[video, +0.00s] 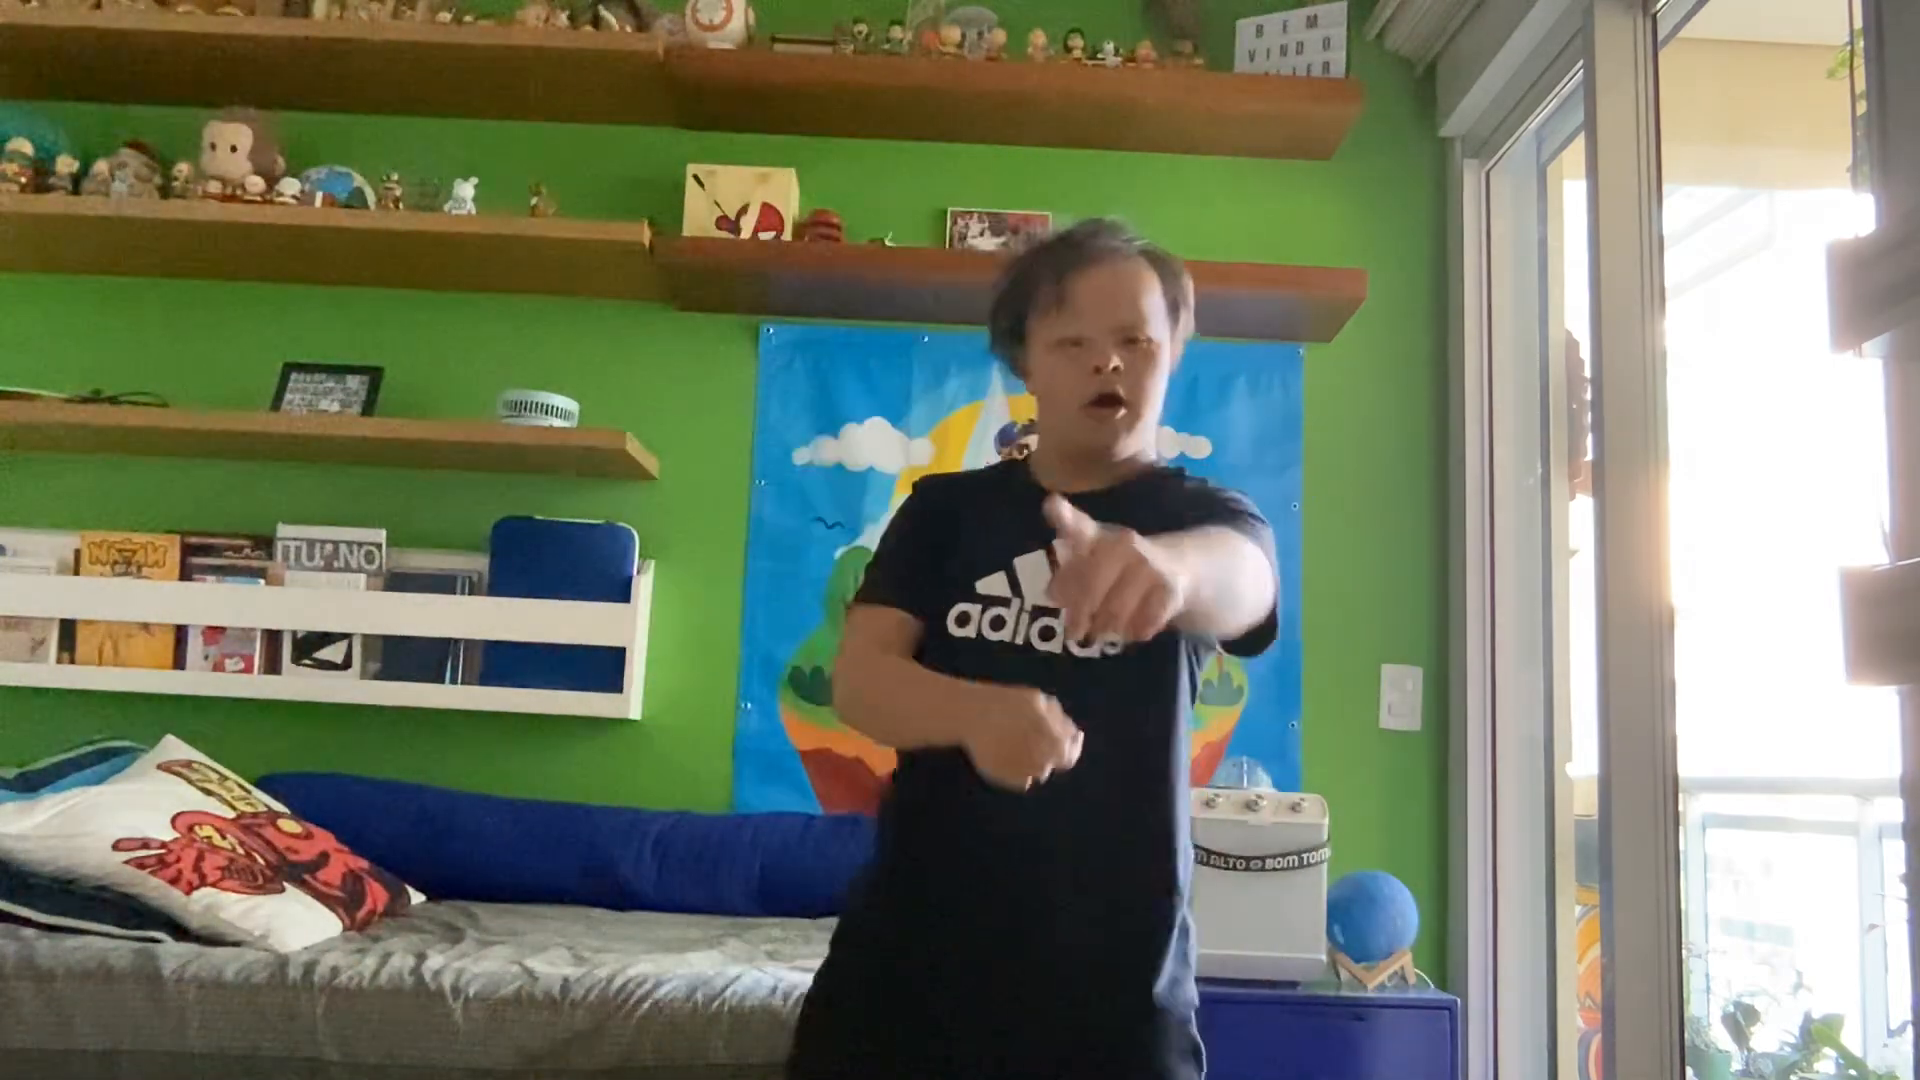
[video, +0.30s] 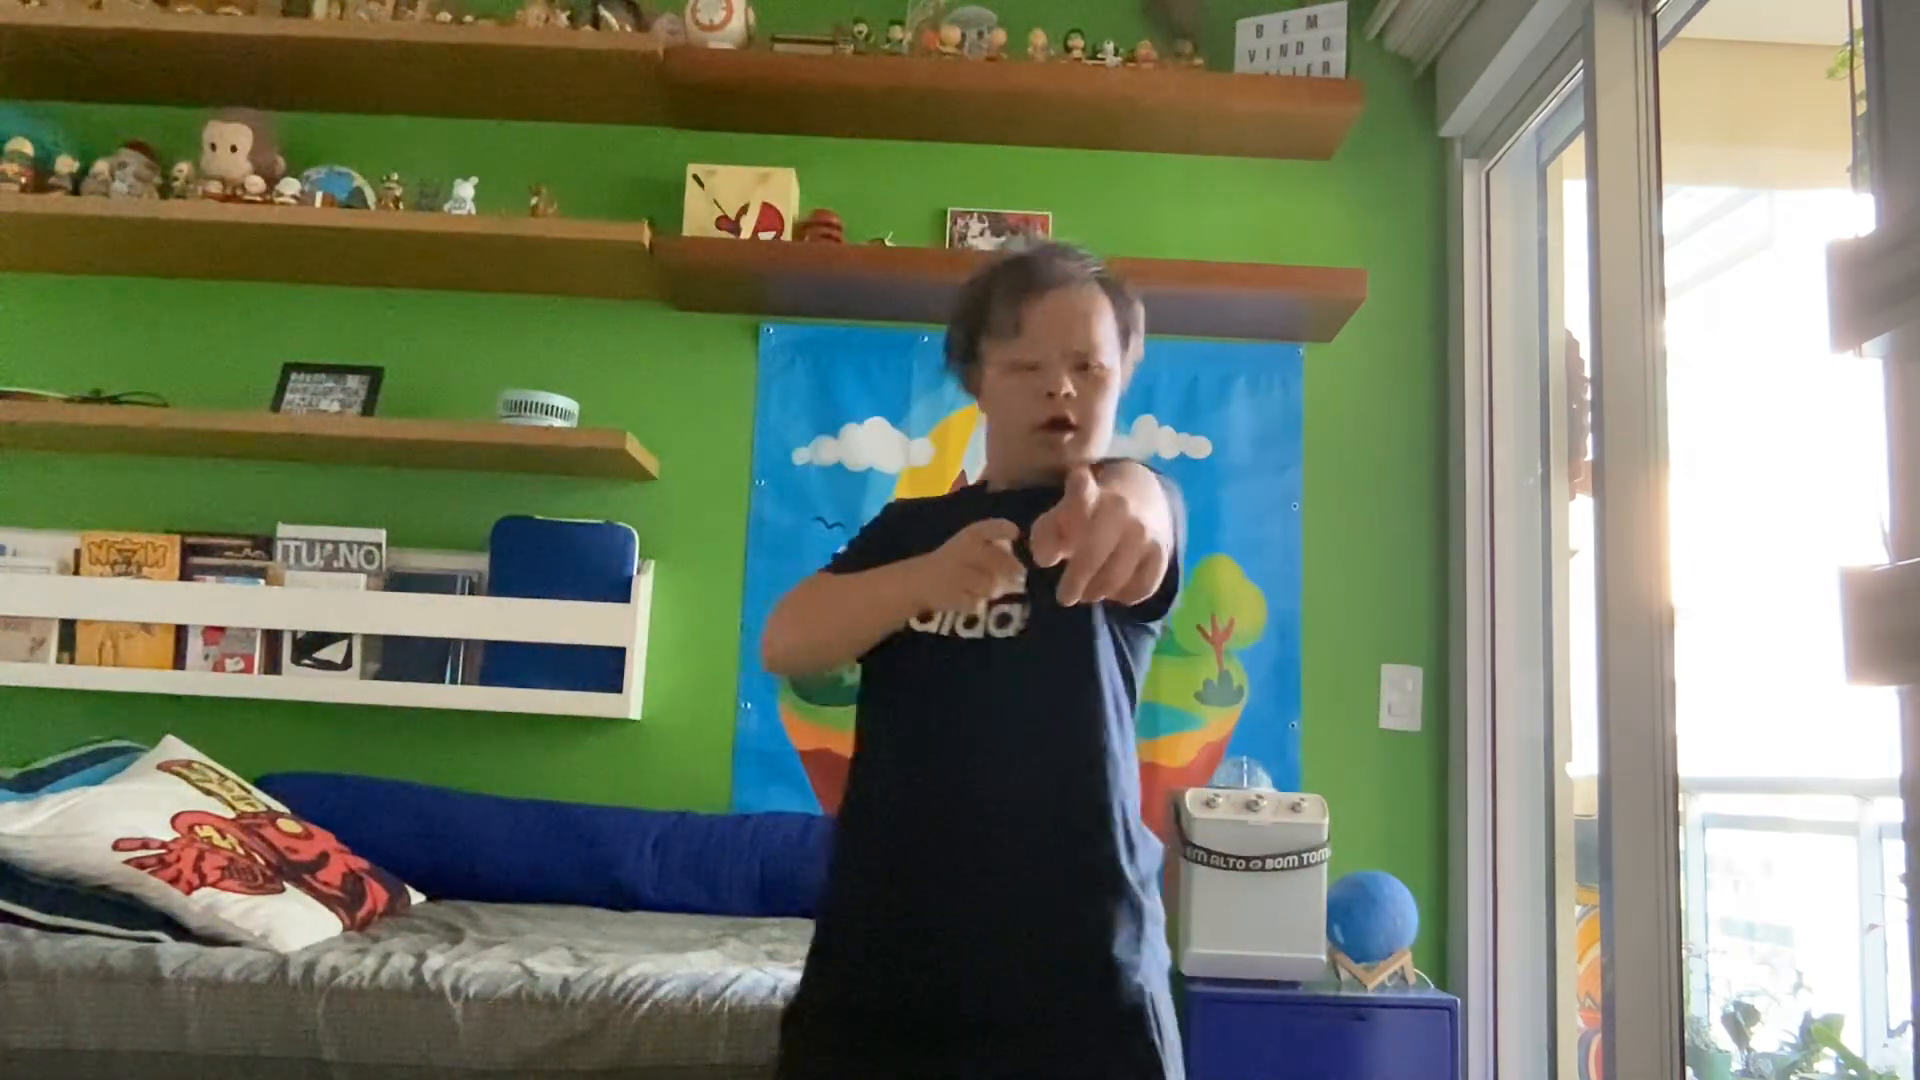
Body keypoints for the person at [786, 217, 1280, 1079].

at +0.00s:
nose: (1107, 366)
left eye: (1134, 341)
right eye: (1071, 343)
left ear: (1173, 360)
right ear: (1024, 364)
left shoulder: (1206, 517)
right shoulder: (943, 509)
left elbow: (1241, 576)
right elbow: (861, 680)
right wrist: (974, 714)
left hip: (1113, 969)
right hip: (923, 957)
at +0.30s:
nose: (1058, 389)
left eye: (1084, 365)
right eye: (1024, 366)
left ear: (1121, 380)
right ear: (976, 380)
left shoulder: (1126, 509)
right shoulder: (910, 526)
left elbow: (1144, 504)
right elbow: (788, 640)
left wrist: (1131, 502)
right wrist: (923, 580)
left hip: (1076, 941)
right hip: (898, 935)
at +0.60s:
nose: (991, 377)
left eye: (1018, 353)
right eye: (958, 354)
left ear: (1055, 366)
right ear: (910, 368)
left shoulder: (1084, 507)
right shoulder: (841, 513)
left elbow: (1090, 603)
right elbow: (713, 625)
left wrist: (1030, 642)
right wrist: (869, 592)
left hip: (999, 963)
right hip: (810, 950)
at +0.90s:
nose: (970, 376)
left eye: (994, 353)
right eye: (937, 347)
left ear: (1019, 375)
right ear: (873, 351)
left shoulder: (1048, 541)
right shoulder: (789, 475)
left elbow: (1081, 733)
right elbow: (679, 562)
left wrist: (1002, 784)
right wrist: (873, 533)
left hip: (996, 997)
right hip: (796, 982)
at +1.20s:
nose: (991, 402)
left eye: (1001, 384)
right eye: (971, 375)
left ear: (1010, 391)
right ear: (873, 350)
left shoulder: (951, 531)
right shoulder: (793, 464)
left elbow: (971, 709)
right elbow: (721, 563)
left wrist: (1032, 775)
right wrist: (928, 565)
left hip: (986, 988)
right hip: (826, 990)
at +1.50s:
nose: (1012, 433)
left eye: (1019, 406)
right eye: (1012, 398)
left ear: (947, 370)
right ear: (941, 365)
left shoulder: (969, 559)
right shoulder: (794, 484)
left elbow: (957, 743)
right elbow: (676, 647)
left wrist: (1098, 797)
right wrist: (899, 742)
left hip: (993, 1008)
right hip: (828, 1012)